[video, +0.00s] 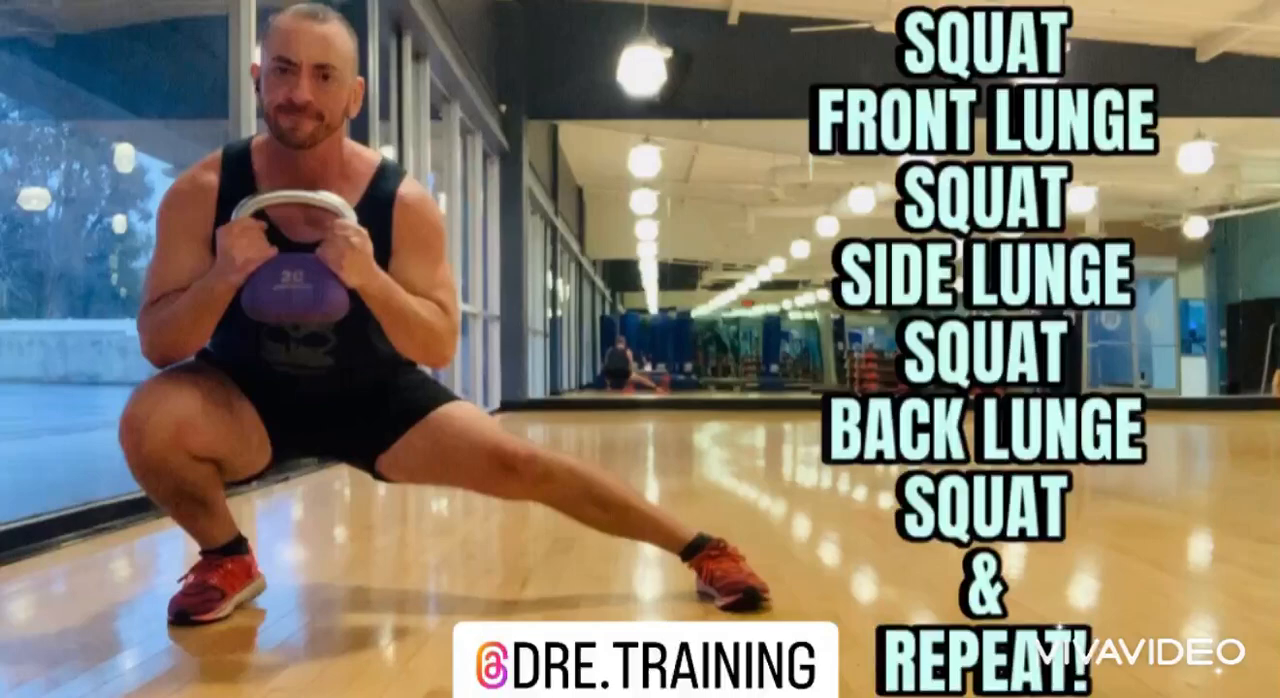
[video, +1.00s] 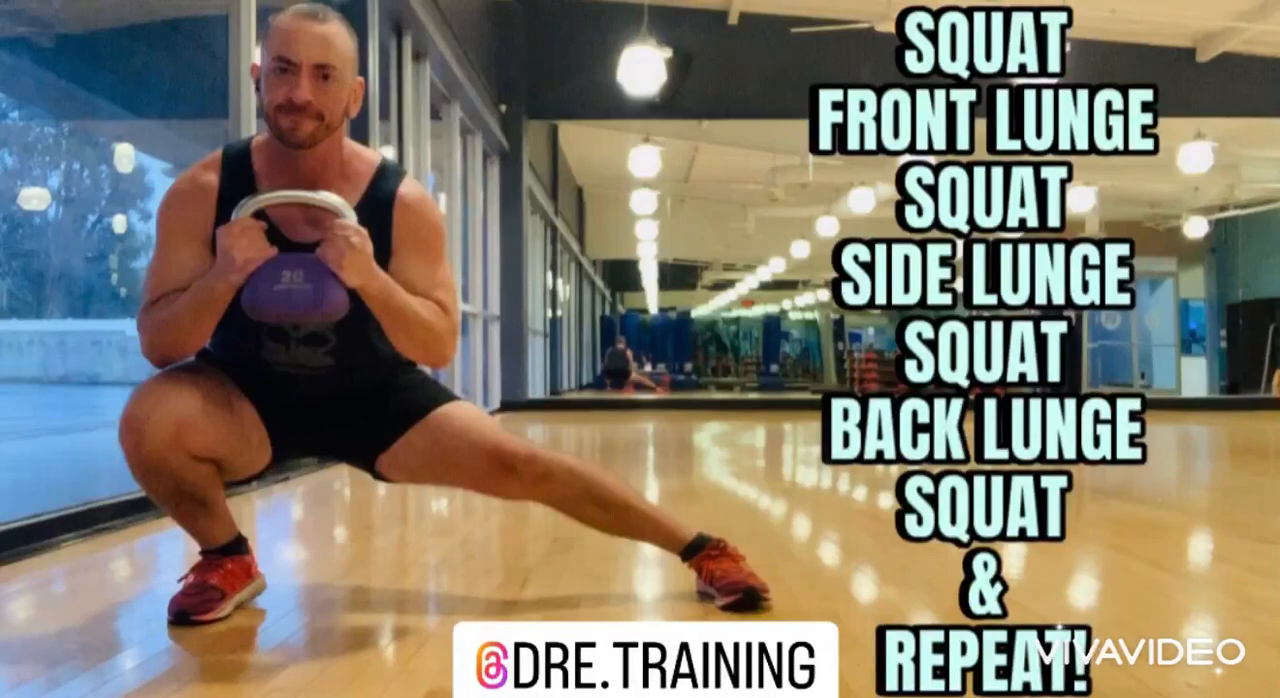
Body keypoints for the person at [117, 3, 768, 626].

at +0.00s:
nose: (297, 92)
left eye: (321, 75)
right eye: (281, 70)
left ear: (355, 92)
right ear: (257, 78)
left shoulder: (405, 205)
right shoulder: (201, 193)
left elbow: (437, 346)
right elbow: (161, 344)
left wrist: (368, 278)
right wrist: (221, 277)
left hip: (378, 398)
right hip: (254, 397)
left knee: (517, 464)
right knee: (148, 422)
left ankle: (695, 547)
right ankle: (225, 555)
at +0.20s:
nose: (297, 92)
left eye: (321, 75)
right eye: (281, 70)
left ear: (355, 92)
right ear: (257, 78)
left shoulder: (405, 205)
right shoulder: (201, 193)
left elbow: (437, 346)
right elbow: (161, 344)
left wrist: (368, 278)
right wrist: (222, 277)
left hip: (378, 398)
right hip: (254, 397)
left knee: (517, 464)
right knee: (148, 422)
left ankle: (695, 547)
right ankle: (225, 555)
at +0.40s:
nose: (298, 92)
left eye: (321, 75)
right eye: (281, 70)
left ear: (354, 92)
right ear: (257, 78)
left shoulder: (405, 205)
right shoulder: (201, 193)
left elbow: (437, 345)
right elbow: (161, 343)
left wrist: (368, 277)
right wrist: (221, 277)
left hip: (377, 397)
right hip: (253, 396)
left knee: (517, 463)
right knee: (148, 422)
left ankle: (696, 547)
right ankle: (225, 555)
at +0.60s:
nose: (298, 92)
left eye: (321, 75)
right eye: (281, 70)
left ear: (354, 92)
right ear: (257, 78)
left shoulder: (405, 205)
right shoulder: (201, 193)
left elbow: (437, 345)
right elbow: (161, 343)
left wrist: (368, 277)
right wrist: (221, 277)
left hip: (377, 397)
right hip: (253, 396)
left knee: (517, 463)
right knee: (148, 422)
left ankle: (696, 547)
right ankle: (225, 555)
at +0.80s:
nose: (298, 92)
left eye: (321, 75)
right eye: (281, 70)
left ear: (354, 92)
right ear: (257, 78)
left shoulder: (405, 205)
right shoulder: (201, 193)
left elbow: (437, 345)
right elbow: (161, 343)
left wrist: (368, 277)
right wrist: (221, 277)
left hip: (377, 397)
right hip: (253, 396)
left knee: (517, 463)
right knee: (148, 422)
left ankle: (696, 547)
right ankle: (225, 555)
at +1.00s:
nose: (297, 92)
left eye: (321, 75)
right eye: (281, 70)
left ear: (355, 91)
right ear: (257, 77)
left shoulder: (405, 205)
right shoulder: (200, 193)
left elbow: (437, 346)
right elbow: (161, 344)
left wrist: (367, 276)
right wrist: (221, 277)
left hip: (378, 397)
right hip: (253, 396)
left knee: (517, 463)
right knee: (148, 422)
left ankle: (696, 548)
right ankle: (226, 555)